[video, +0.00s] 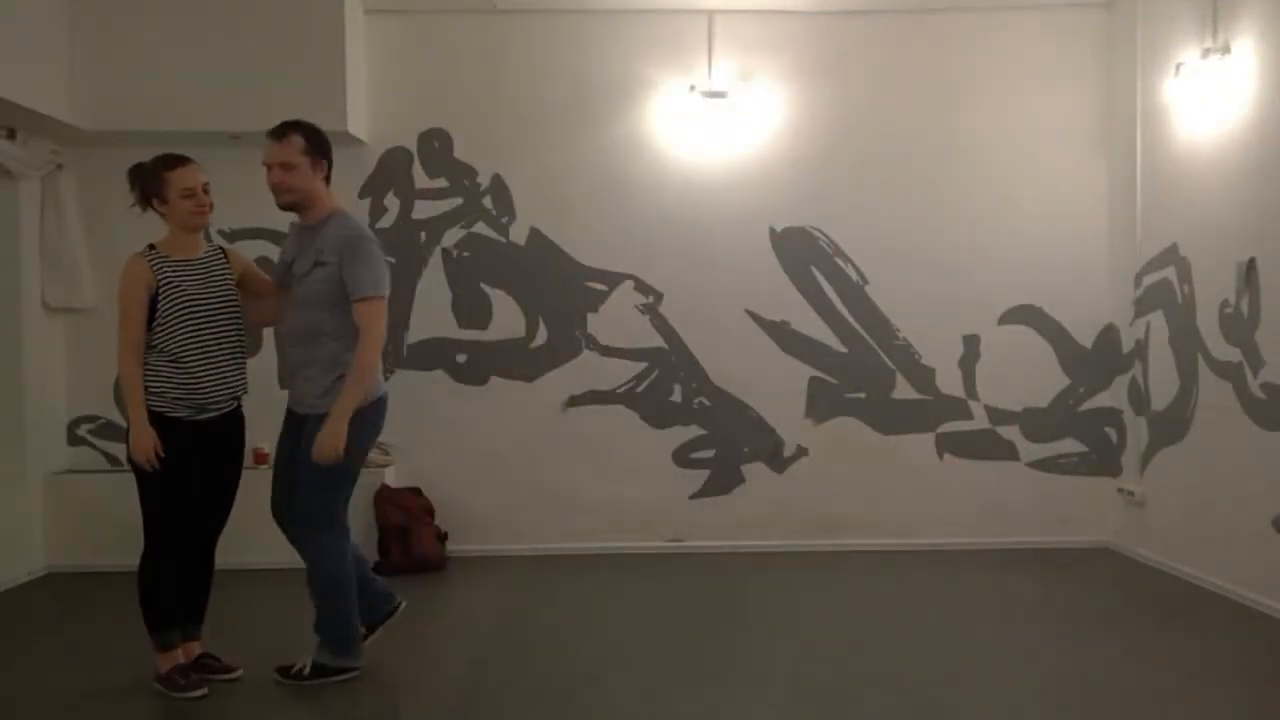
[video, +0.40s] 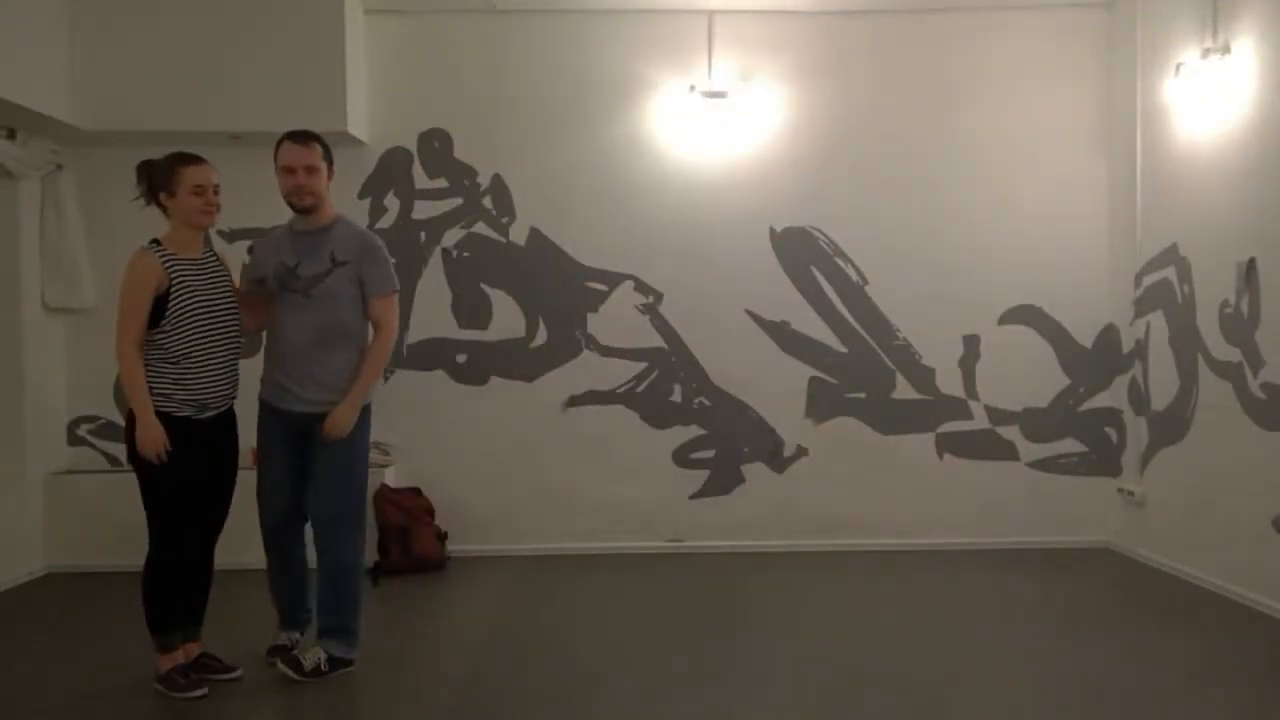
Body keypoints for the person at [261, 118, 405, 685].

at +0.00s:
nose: (273, 178)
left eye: (285, 168)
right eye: (269, 168)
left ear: (320, 169)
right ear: (268, 172)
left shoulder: (354, 239)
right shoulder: (297, 236)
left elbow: (373, 339)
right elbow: (277, 308)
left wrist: (339, 418)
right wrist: (202, 309)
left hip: (346, 406)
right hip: (306, 404)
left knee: (318, 520)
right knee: (289, 509)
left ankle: (339, 652)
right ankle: (373, 598)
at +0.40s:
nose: (299, 181)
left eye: (309, 170)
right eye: (289, 172)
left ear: (329, 175)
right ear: (277, 179)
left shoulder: (363, 245)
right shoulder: (268, 249)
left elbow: (387, 329)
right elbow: (247, 322)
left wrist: (352, 404)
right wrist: (178, 323)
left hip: (340, 413)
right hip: (279, 410)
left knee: (338, 529)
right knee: (278, 525)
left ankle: (339, 643)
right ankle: (295, 625)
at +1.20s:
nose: (330, 196)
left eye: (338, 188)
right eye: (320, 188)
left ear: (351, 198)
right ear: (304, 197)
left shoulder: (366, 263)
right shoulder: (275, 258)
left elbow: (381, 327)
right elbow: (227, 322)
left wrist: (391, 380)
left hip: (348, 407)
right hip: (290, 406)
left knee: (367, 505)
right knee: (302, 512)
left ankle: (331, 596)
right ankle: (294, 623)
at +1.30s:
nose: (340, 196)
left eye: (348, 189)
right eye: (330, 188)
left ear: (361, 199)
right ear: (314, 197)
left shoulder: (372, 266)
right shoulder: (285, 258)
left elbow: (381, 330)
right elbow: (235, 320)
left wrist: (396, 383)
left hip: (355, 407)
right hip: (297, 406)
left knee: (382, 495)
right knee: (310, 511)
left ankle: (354, 587)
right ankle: (295, 624)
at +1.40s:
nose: (353, 190)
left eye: (362, 183)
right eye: (344, 182)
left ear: (374, 193)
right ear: (327, 191)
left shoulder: (382, 262)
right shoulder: (294, 251)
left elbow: (385, 329)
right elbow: (239, 312)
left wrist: (405, 381)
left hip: (366, 401)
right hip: (308, 402)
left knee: (393, 497)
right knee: (309, 511)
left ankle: (391, 607)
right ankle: (295, 625)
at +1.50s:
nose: (369, 192)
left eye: (378, 185)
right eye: (359, 184)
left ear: (389, 195)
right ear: (343, 192)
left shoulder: (394, 265)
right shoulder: (312, 252)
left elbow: (393, 334)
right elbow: (254, 307)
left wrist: (416, 385)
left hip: (381, 403)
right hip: (324, 404)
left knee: (401, 506)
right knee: (320, 515)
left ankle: (416, 615)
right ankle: (297, 625)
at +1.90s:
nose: (411, 194)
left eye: (420, 187)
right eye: (401, 186)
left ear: (430, 196)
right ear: (383, 193)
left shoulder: (430, 262)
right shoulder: (359, 251)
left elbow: (439, 331)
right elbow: (306, 304)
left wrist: (480, 356)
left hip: (424, 395)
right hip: (371, 394)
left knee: (434, 503)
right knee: (401, 497)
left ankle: (418, 617)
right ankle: (367, 611)